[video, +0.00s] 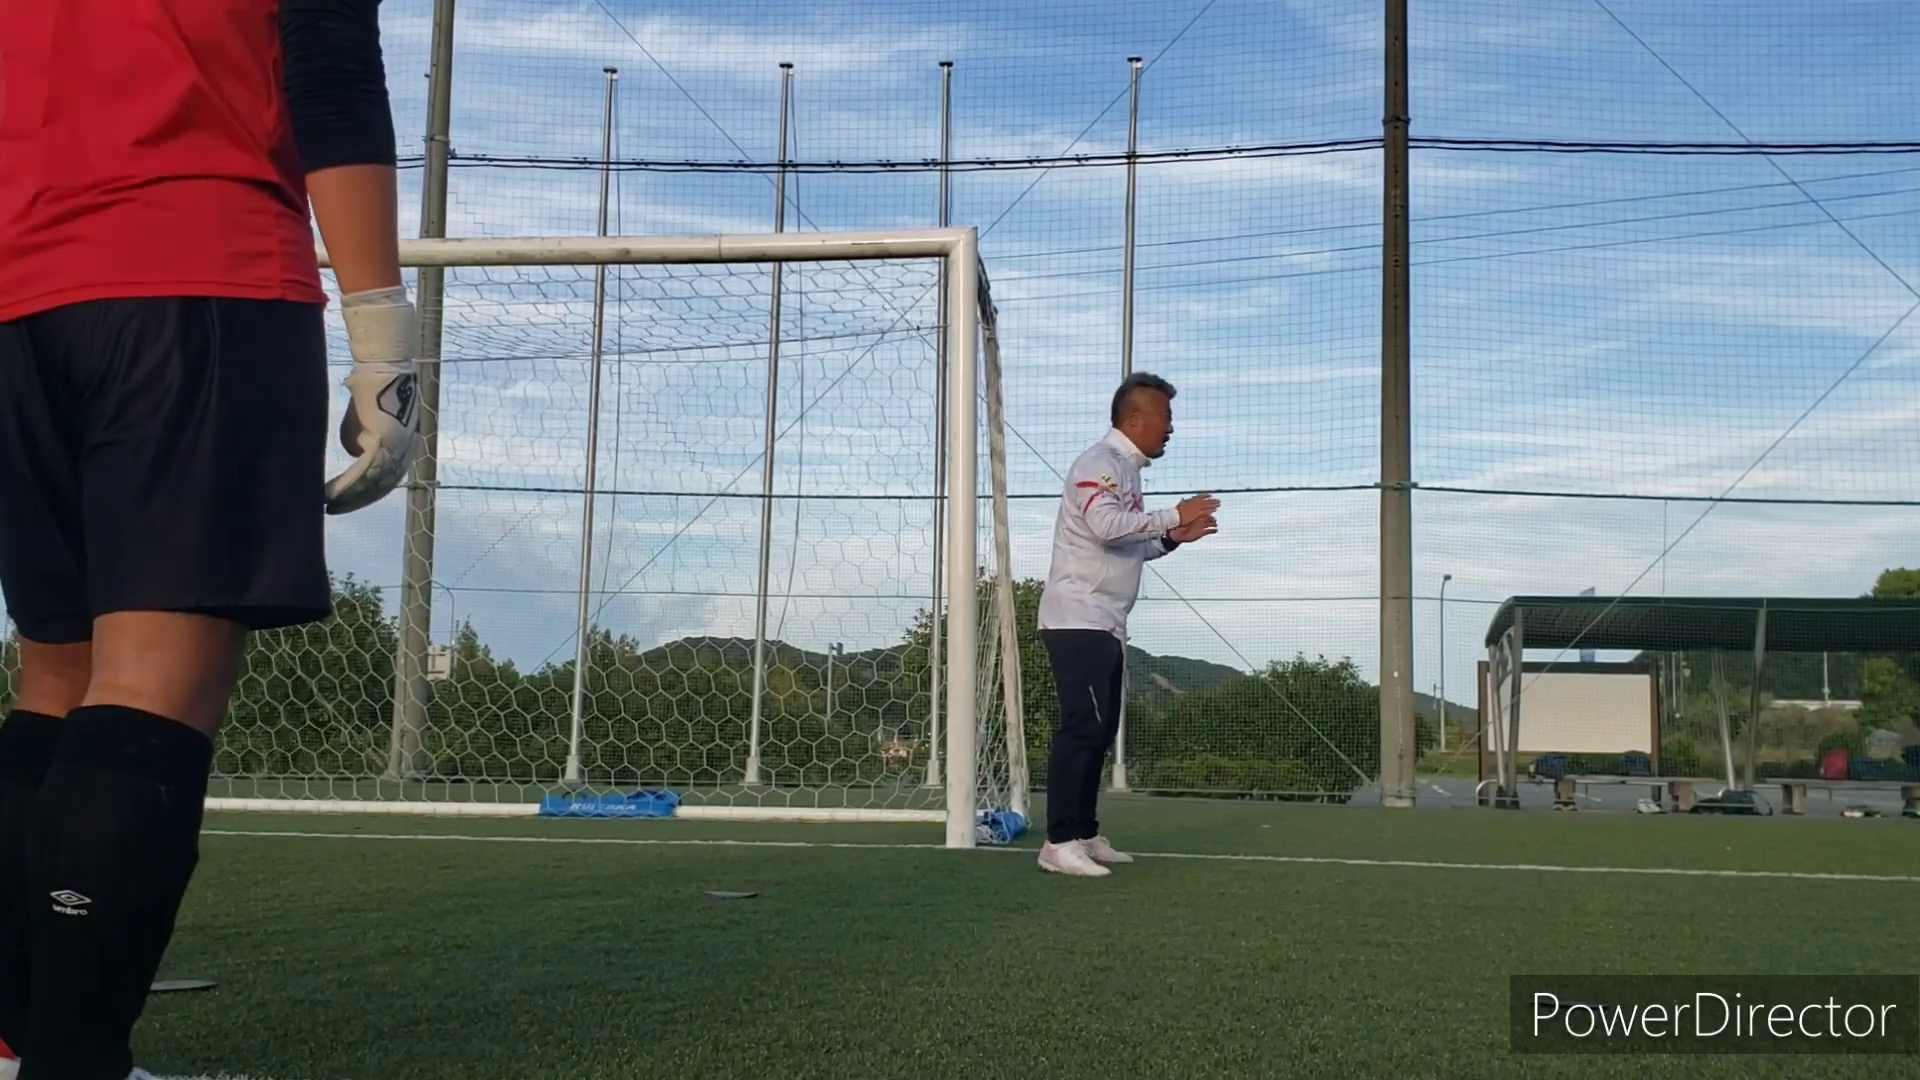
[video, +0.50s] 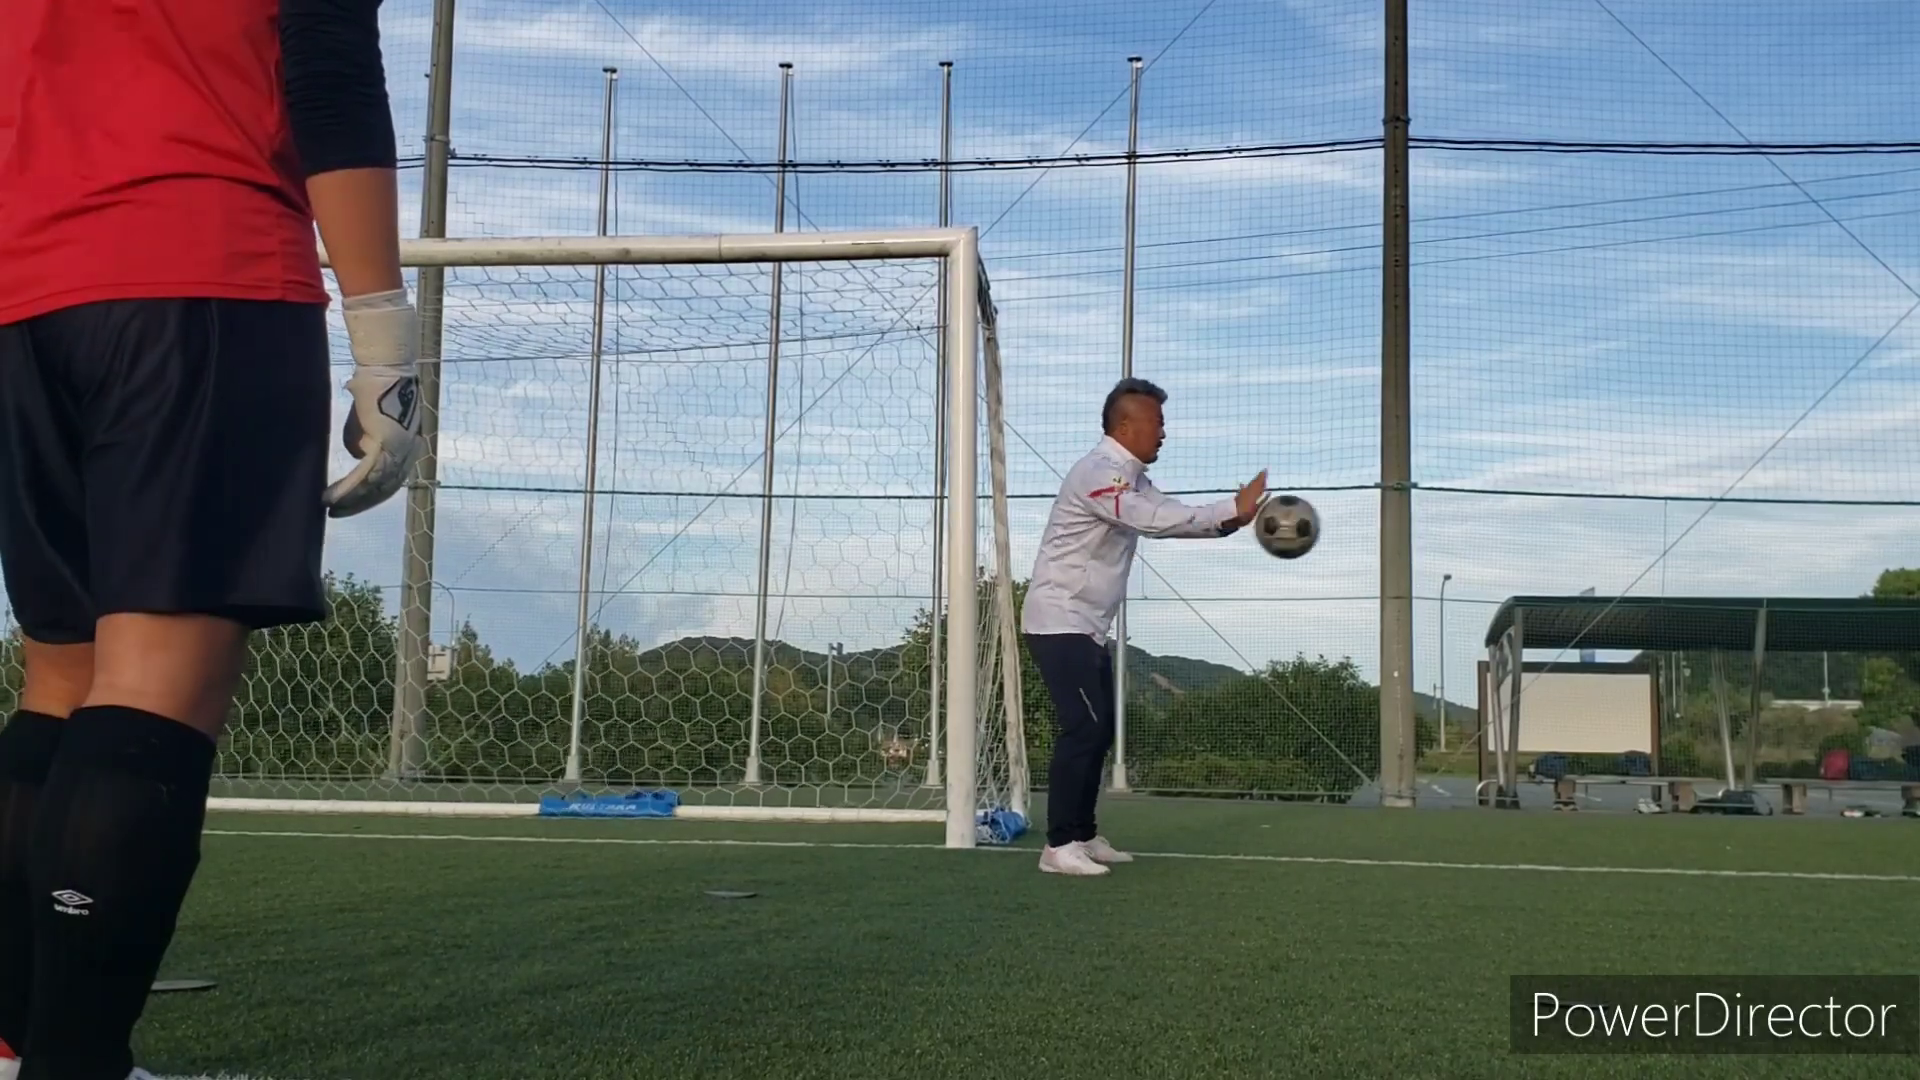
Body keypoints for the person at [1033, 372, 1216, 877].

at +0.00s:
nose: (1171, 429)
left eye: (1170, 419)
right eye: (1164, 418)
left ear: (1140, 420)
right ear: (1132, 418)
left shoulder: (1127, 475)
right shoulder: (1097, 461)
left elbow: (1126, 546)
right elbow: (1104, 522)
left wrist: (1173, 537)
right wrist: (1171, 519)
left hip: (1102, 620)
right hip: (1076, 616)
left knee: (1101, 728)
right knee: (1082, 726)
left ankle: (1084, 835)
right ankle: (1059, 843)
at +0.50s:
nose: (1164, 432)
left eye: (1163, 422)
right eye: (1156, 421)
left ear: (1132, 426)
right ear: (1125, 424)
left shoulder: (1135, 481)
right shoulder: (1097, 472)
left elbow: (1173, 520)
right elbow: (1150, 518)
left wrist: (1234, 519)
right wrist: (1231, 509)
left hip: (1087, 623)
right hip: (1058, 619)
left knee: (1100, 728)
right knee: (1084, 727)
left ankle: (1083, 835)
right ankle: (1060, 846)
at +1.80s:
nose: (1131, 423)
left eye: (1139, 416)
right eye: (1120, 413)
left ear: (1146, 424)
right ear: (1097, 418)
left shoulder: (1128, 485)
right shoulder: (1075, 469)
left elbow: (1129, 556)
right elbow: (1062, 539)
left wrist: (1140, 615)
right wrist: (1098, 603)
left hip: (1106, 622)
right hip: (1068, 618)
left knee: (1107, 727)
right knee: (1080, 723)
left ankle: (1083, 831)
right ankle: (1068, 836)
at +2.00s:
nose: (1121, 418)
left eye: (1130, 411)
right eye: (1111, 409)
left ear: (1139, 422)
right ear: (1091, 415)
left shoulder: (1129, 485)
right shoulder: (1068, 466)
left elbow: (1137, 555)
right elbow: (1052, 536)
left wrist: (1142, 618)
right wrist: (1084, 600)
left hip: (1105, 621)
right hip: (1064, 615)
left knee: (1102, 728)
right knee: (1076, 722)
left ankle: (1082, 832)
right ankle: (1060, 836)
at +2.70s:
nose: (1117, 422)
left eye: (1116, 412)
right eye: (1110, 411)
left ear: (1086, 417)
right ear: (1082, 415)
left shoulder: (1081, 477)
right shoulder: (1049, 462)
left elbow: (1089, 545)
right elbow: (1055, 524)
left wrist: (1137, 536)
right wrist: (1126, 511)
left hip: (1067, 620)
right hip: (1038, 617)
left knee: (1066, 725)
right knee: (1039, 723)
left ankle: (1043, 830)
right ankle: (1010, 838)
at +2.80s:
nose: (1118, 424)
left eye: (1117, 414)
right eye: (1111, 414)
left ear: (1087, 419)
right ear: (1083, 417)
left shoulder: (1082, 478)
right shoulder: (1050, 463)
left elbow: (1088, 549)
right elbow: (1054, 523)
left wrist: (1137, 541)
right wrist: (1128, 510)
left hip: (1067, 622)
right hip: (1038, 619)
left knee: (1066, 727)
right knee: (1038, 725)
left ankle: (1043, 831)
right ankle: (1010, 841)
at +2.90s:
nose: (1118, 423)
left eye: (1118, 413)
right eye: (1111, 413)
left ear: (1088, 419)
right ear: (1082, 416)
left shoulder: (1083, 477)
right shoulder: (1050, 461)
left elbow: (1087, 548)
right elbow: (1053, 520)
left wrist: (1135, 540)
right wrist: (1128, 508)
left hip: (1067, 621)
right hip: (1036, 618)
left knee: (1065, 727)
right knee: (1037, 725)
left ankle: (1044, 831)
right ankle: (1009, 840)